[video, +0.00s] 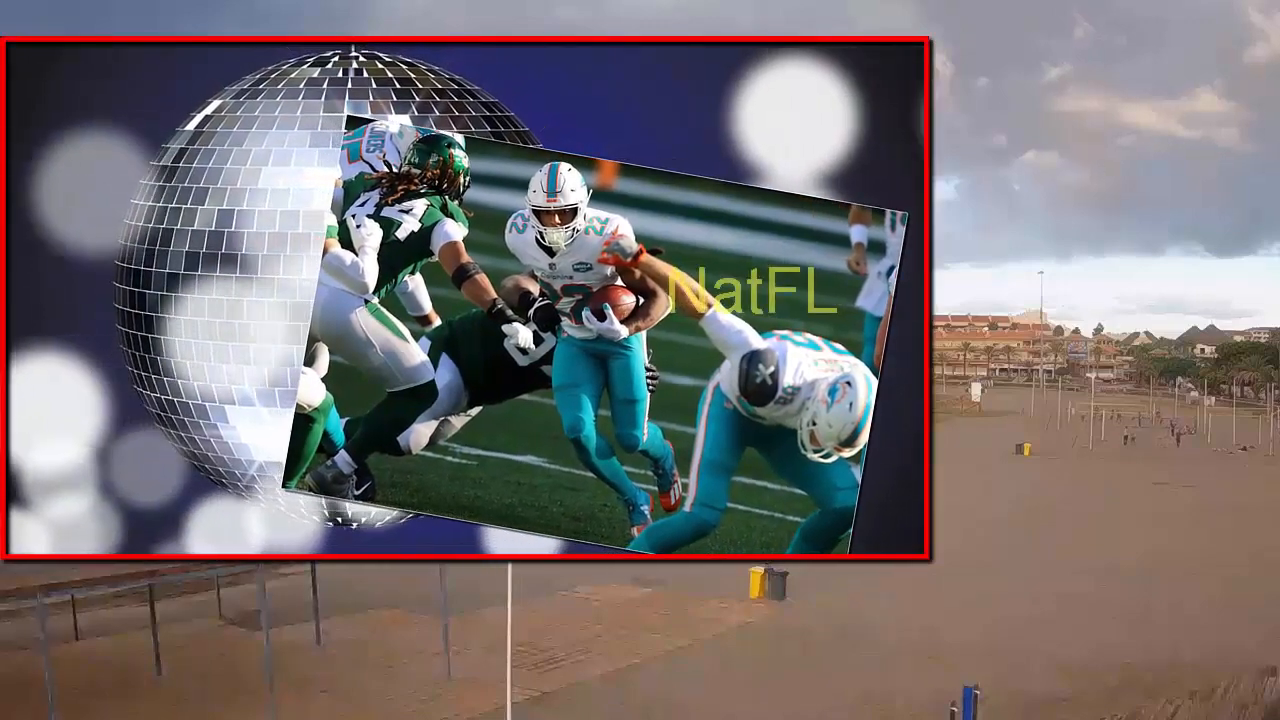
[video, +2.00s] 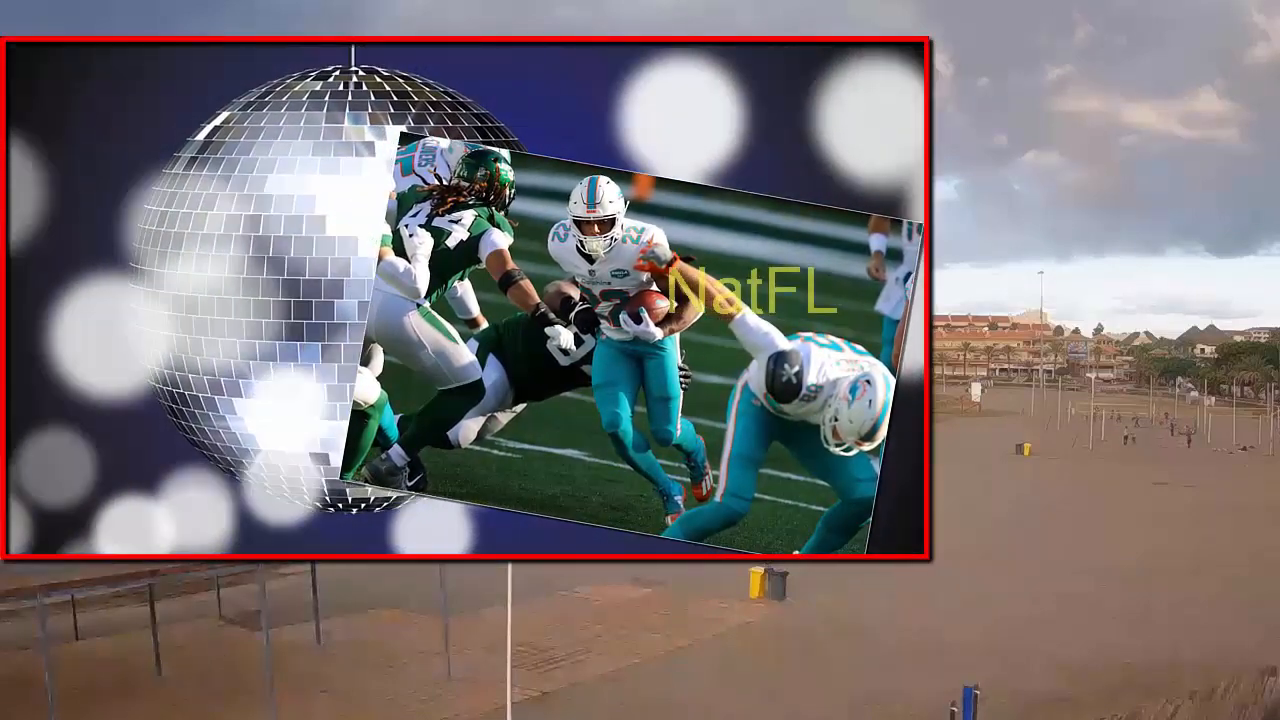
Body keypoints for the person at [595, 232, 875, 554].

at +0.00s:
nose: (822, 455)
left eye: (835, 452)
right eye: (818, 442)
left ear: (861, 429)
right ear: (810, 409)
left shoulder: (872, 413)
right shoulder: (763, 366)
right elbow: (700, 303)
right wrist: (639, 258)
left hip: (788, 424)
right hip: (733, 401)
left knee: (845, 503)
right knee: (704, 515)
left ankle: (785, 581)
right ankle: (622, 568)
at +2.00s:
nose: (843, 448)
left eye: (856, 445)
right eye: (840, 437)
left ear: (879, 426)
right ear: (833, 406)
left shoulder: (889, 409)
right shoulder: (793, 372)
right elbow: (729, 307)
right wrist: (674, 264)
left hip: (810, 420)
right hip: (759, 398)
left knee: (865, 494)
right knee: (733, 506)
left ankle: (805, 563)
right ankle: (657, 553)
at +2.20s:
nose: (845, 446)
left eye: (855, 442)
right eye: (843, 438)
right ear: (839, 408)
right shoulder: (799, 377)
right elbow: (733, 307)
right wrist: (675, 264)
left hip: (812, 418)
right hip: (762, 397)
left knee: (860, 497)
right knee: (735, 504)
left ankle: (805, 564)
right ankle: (660, 551)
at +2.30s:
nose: (781, 407)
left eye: (789, 405)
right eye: (777, 401)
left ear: (818, 395)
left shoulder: (842, 398)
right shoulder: (779, 351)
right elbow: (730, 304)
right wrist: (677, 264)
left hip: (811, 420)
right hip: (762, 397)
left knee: (851, 497)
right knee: (737, 504)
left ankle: (805, 562)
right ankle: (664, 548)